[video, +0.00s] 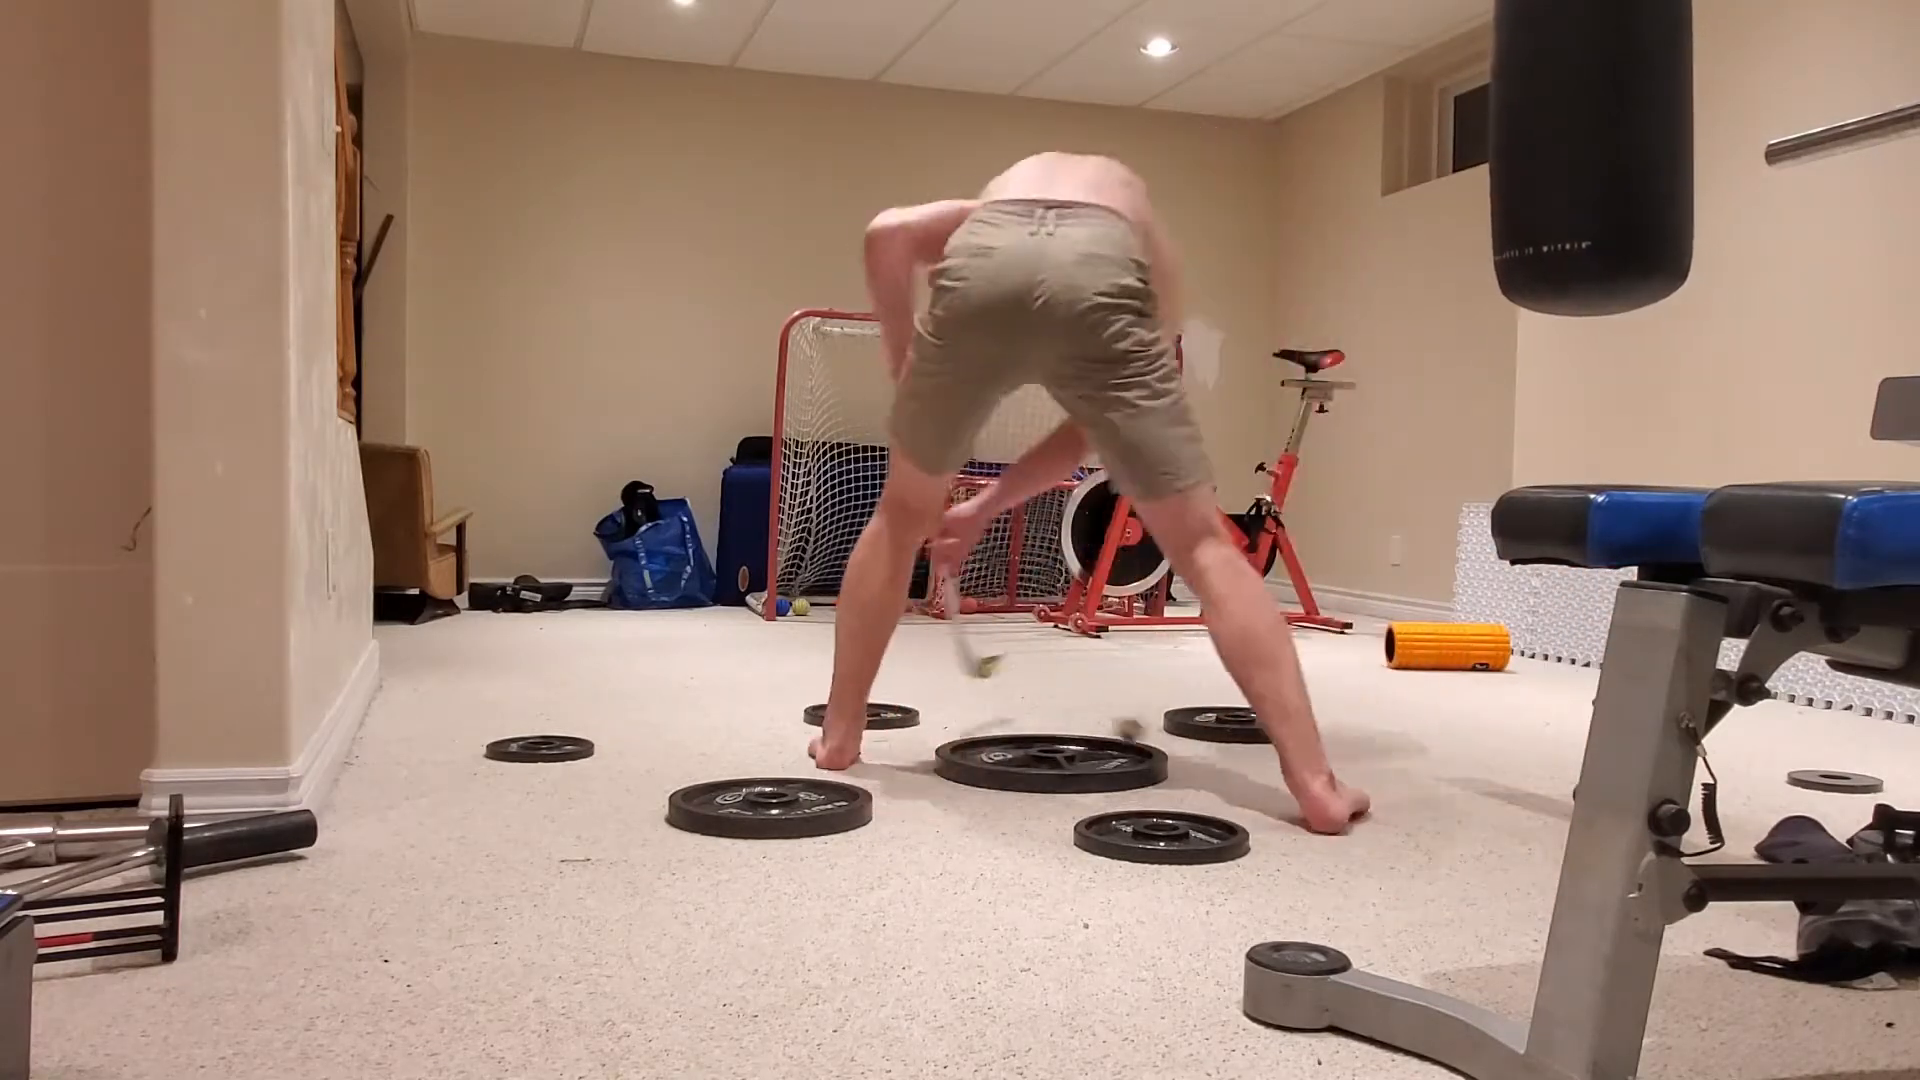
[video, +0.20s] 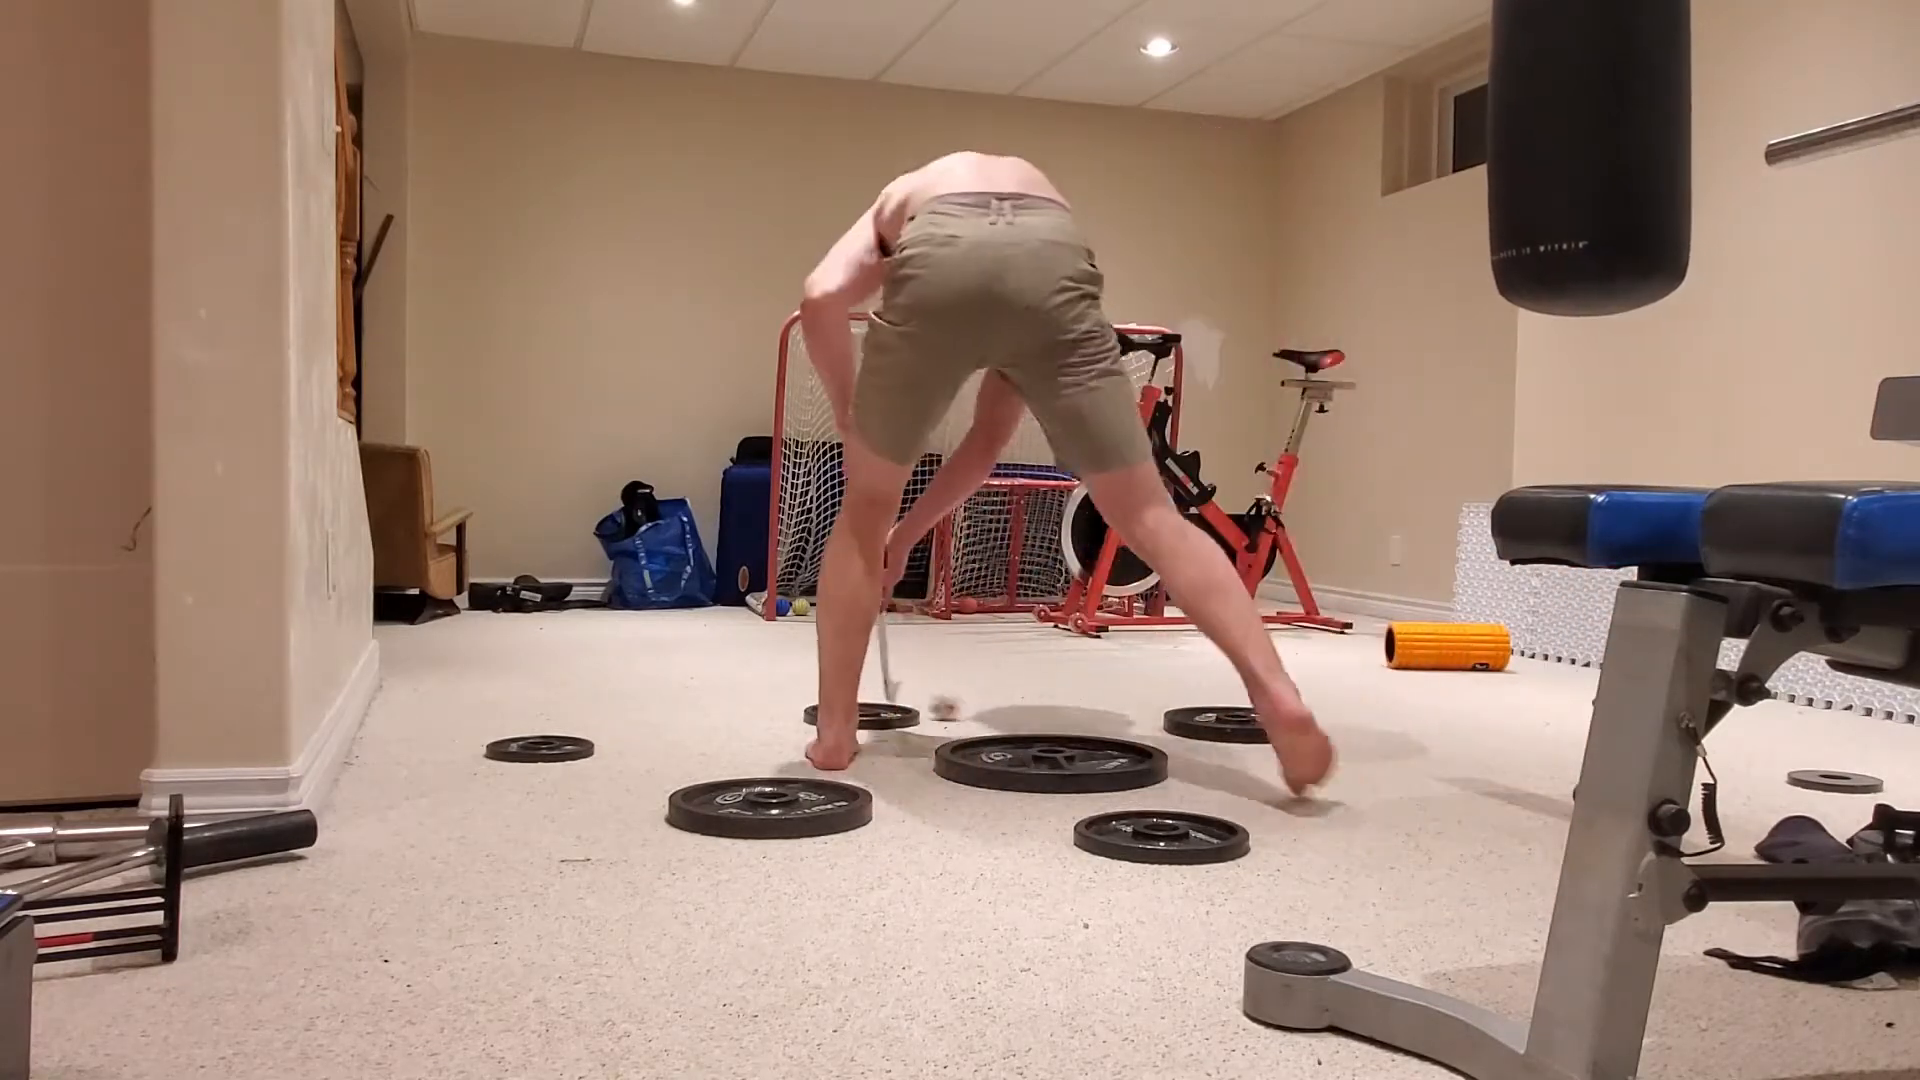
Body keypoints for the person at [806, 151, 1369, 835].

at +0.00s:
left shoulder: (986, 211)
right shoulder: (1150, 259)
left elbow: (888, 232)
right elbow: (1097, 419)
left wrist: (903, 370)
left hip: (989, 252)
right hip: (1109, 267)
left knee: (897, 519)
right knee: (1205, 547)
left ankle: (839, 737)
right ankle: (1316, 786)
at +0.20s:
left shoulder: (898, 203)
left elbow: (820, 299)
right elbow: (988, 436)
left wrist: (851, 422)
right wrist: (906, 538)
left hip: (938, 242)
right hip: (1051, 244)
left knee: (867, 512)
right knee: (1152, 515)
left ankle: (834, 735)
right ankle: (1279, 697)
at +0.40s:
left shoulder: (875, 227)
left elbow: (833, 336)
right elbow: (1011, 430)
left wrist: (898, 474)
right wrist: (964, 533)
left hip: (930, 244)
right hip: (1042, 239)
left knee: (869, 511)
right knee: (1095, 493)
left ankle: (837, 736)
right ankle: (1169, 699)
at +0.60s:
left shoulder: (911, 268)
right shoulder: (1061, 228)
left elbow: (906, 396)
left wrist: (988, 515)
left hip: (974, 280)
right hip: (1081, 283)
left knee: (889, 520)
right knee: (1065, 513)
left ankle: (839, 733)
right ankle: (1069, 702)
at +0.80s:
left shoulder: (989, 275)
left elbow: (985, 432)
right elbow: (1133, 443)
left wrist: (1038, 534)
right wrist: (1115, 539)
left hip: (1033, 272)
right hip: (1132, 279)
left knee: (938, 490)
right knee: (1090, 517)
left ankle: (882, 669)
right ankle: (1076, 702)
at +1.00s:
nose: (1074, 606)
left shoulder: (1046, 277)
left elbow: (1002, 409)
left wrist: (1045, 546)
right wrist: (1072, 552)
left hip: (1073, 290)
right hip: (1169, 302)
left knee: (1043, 504)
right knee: (1119, 516)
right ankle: (1079, 692)